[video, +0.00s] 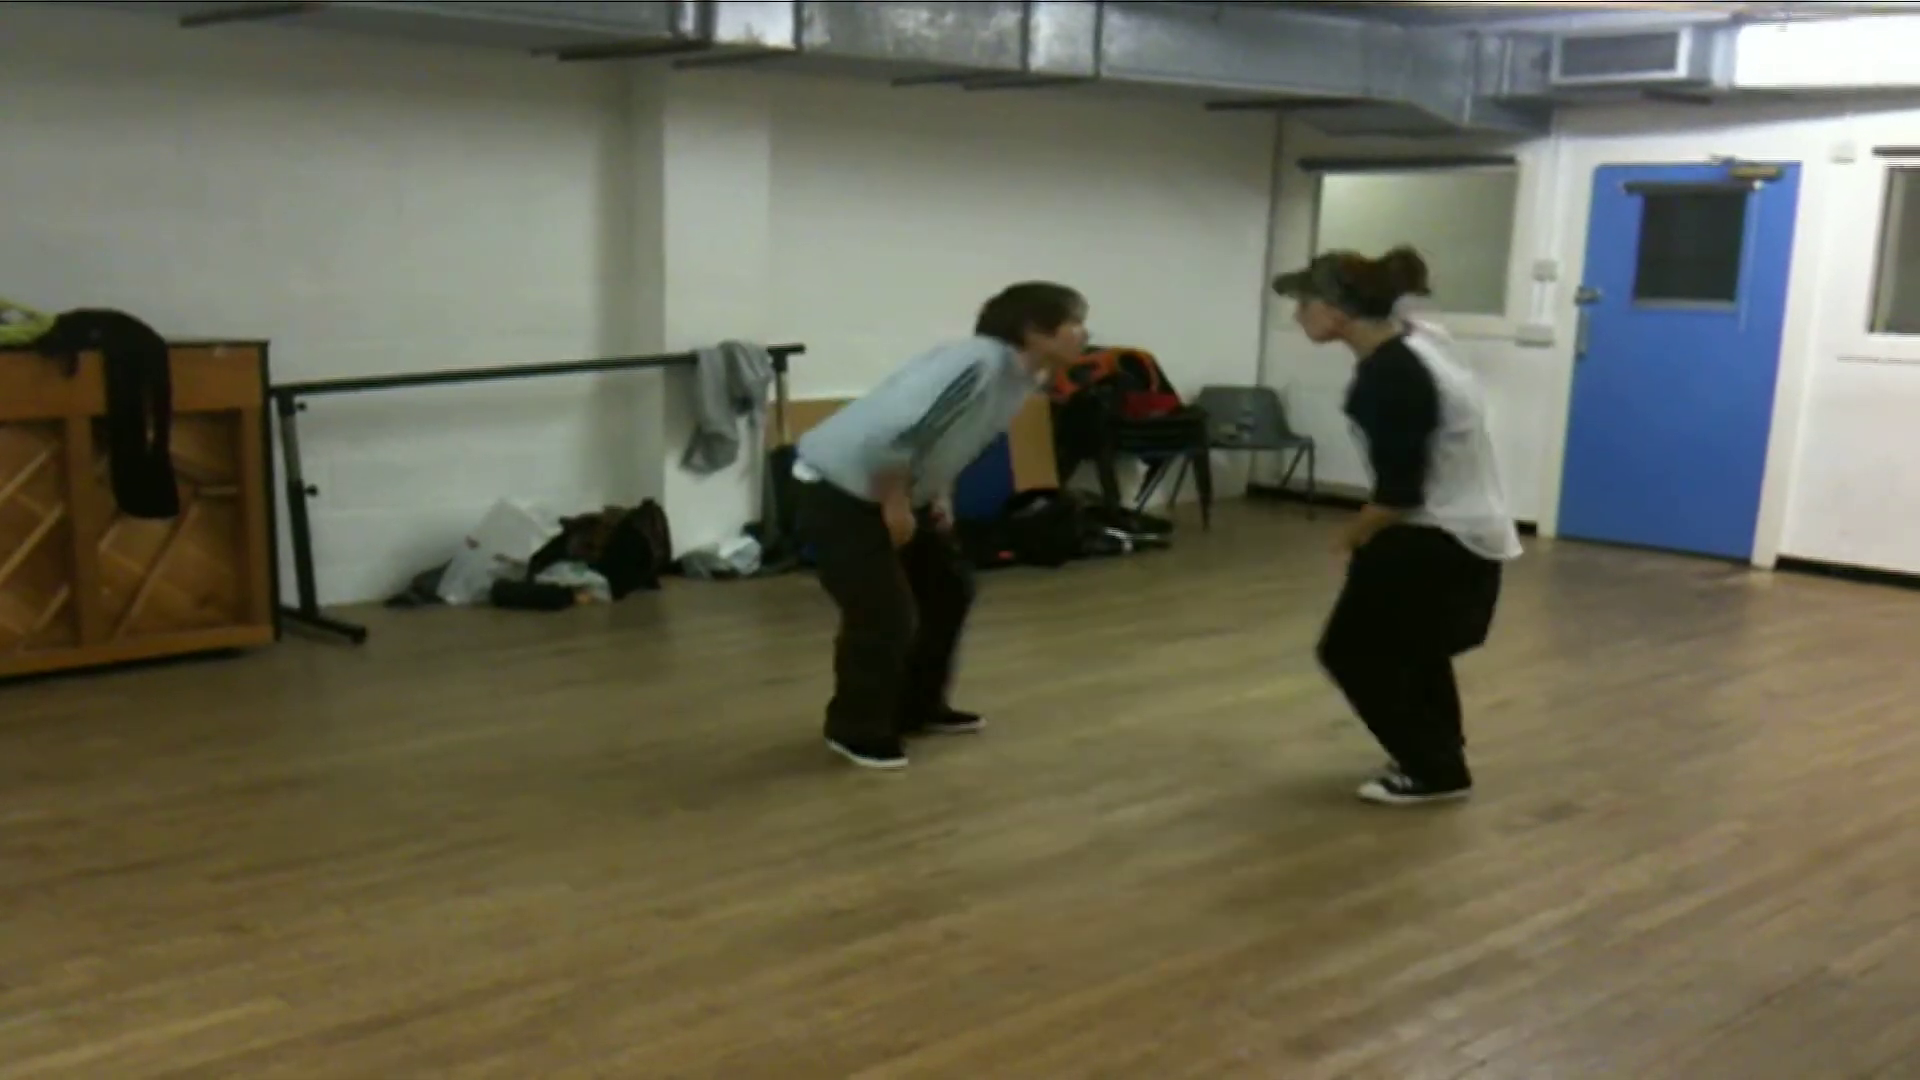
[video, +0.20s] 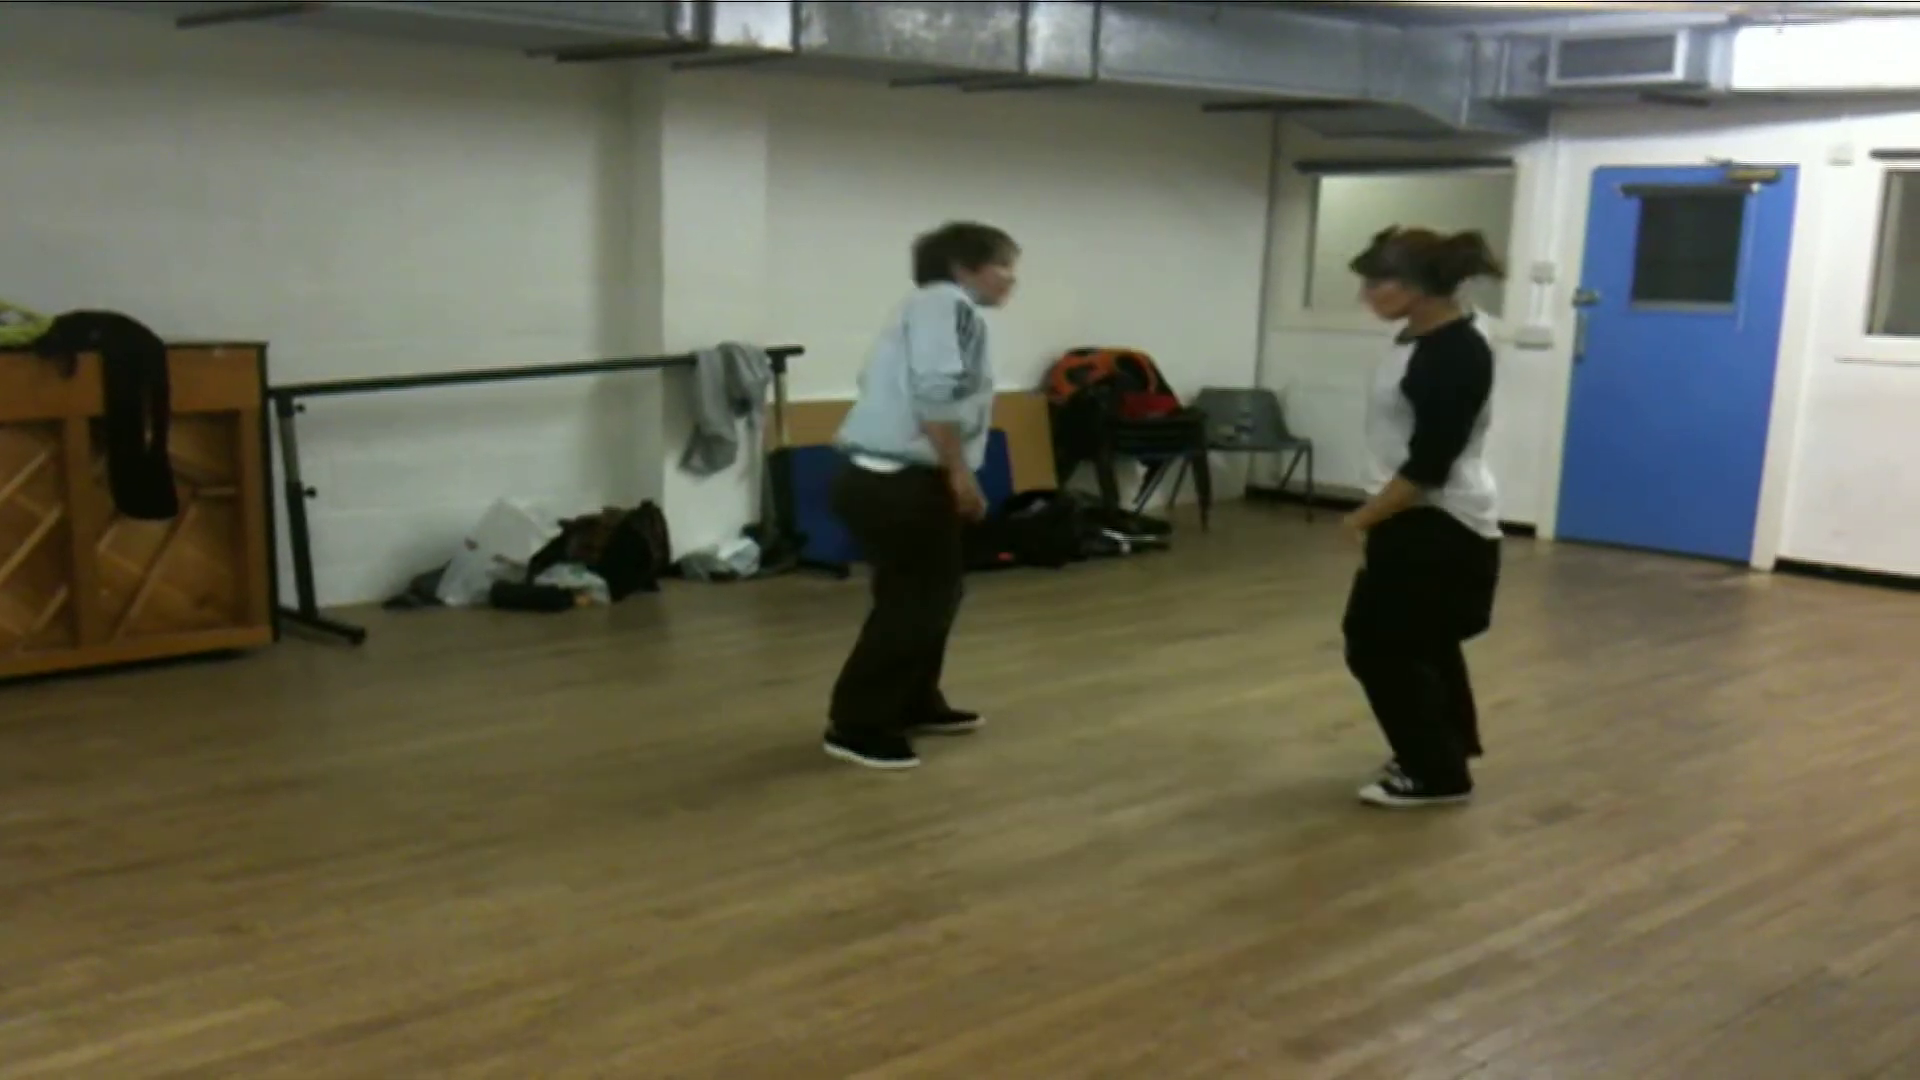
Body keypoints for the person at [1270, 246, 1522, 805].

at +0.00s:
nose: (1299, 317)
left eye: (1306, 305)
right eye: (1300, 305)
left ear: (1338, 309)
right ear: (1352, 305)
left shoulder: (1390, 373)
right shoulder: (1414, 349)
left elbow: (1398, 494)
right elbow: (1412, 484)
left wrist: (1354, 534)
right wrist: (1367, 529)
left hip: (1435, 542)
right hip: (1461, 537)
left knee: (1348, 650)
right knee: (1413, 649)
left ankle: (1429, 767)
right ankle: (1438, 761)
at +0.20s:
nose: (1367, 295)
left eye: (1376, 285)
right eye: (1367, 284)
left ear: (1413, 286)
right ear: (1415, 286)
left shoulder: (1456, 352)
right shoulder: (1422, 340)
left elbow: (1429, 463)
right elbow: (1420, 448)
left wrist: (1370, 513)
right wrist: (1382, 506)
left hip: (1442, 526)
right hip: (1420, 519)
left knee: (1376, 643)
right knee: (1423, 640)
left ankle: (1436, 771)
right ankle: (1437, 753)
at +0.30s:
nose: (1376, 279)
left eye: (1385, 268)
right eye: (1376, 268)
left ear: (1422, 270)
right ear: (1425, 270)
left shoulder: (1452, 334)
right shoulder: (1443, 326)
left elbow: (1423, 440)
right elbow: (1424, 439)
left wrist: (1373, 501)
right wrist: (1379, 498)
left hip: (1433, 521)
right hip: (1429, 516)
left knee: (1383, 655)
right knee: (1425, 651)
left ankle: (1435, 771)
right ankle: (1440, 760)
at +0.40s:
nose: (1367, 280)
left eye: (1375, 269)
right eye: (1367, 269)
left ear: (1405, 270)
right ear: (1415, 271)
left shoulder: (1431, 325)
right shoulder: (1443, 320)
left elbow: (1423, 425)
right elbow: (1427, 426)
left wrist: (1387, 498)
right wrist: (1392, 498)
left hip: (1450, 514)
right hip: (1455, 511)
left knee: (1368, 636)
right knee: (1414, 641)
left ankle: (1429, 762)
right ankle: (1439, 758)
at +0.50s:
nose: (1339, 321)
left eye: (1347, 308)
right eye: (1340, 309)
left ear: (1376, 310)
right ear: (1388, 312)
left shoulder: (1403, 358)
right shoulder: (1428, 359)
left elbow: (1411, 446)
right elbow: (1418, 454)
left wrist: (1396, 515)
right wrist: (1402, 514)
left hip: (1467, 534)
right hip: (1486, 536)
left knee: (1343, 646)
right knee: (1404, 647)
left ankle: (1379, 767)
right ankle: (1441, 755)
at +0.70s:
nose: (1343, 366)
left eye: (1350, 356)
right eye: (1345, 355)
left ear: (1373, 356)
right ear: (1413, 353)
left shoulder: (1357, 390)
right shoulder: (1465, 397)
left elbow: (1315, 468)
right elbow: (1537, 489)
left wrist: (1352, 534)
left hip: (1443, 543)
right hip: (1518, 546)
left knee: (1321, 649)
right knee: (1431, 635)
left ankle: (1374, 771)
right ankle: (1444, 758)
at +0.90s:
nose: (1524, 324)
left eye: (1525, 313)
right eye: (1518, 312)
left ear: (1451, 314)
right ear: (1489, 315)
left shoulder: (1383, 367)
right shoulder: (1507, 379)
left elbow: (1348, 450)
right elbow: (1506, 472)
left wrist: (1376, 495)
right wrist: (1482, 515)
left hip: (1357, 544)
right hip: (1448, 552)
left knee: (1436, 647)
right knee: (1503, 663)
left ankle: (1443, 771)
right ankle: (1396, 745)